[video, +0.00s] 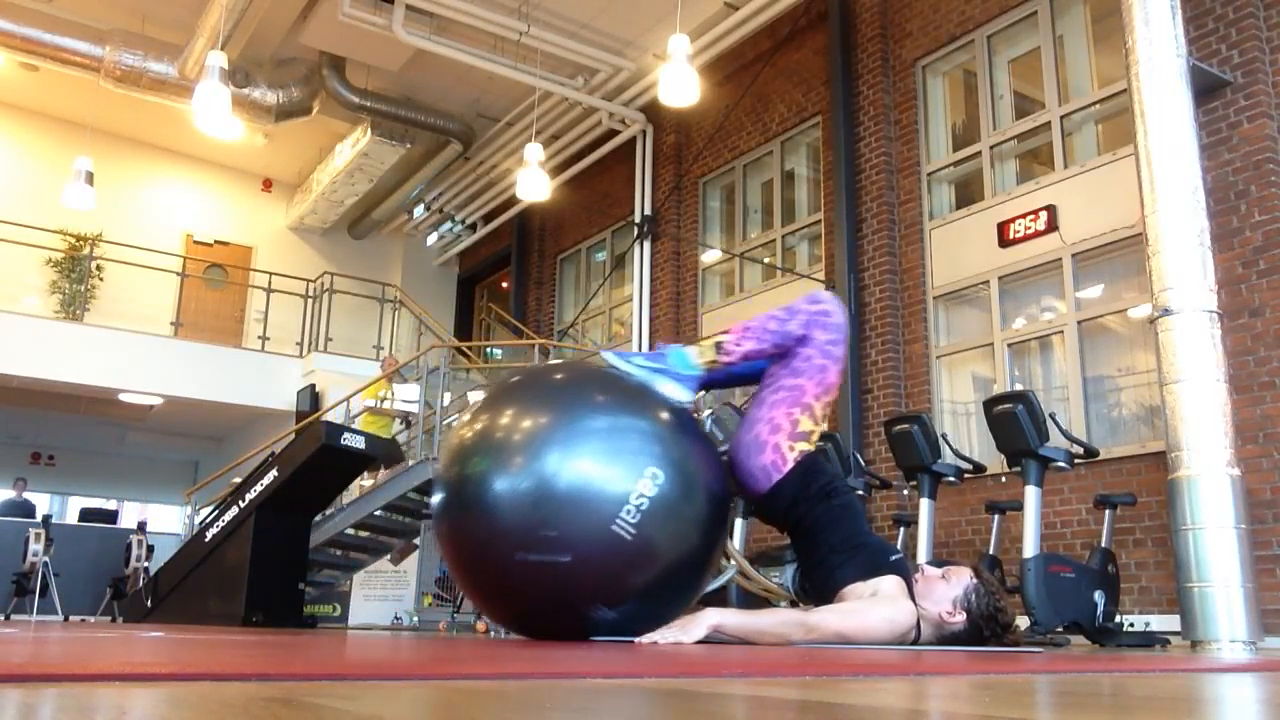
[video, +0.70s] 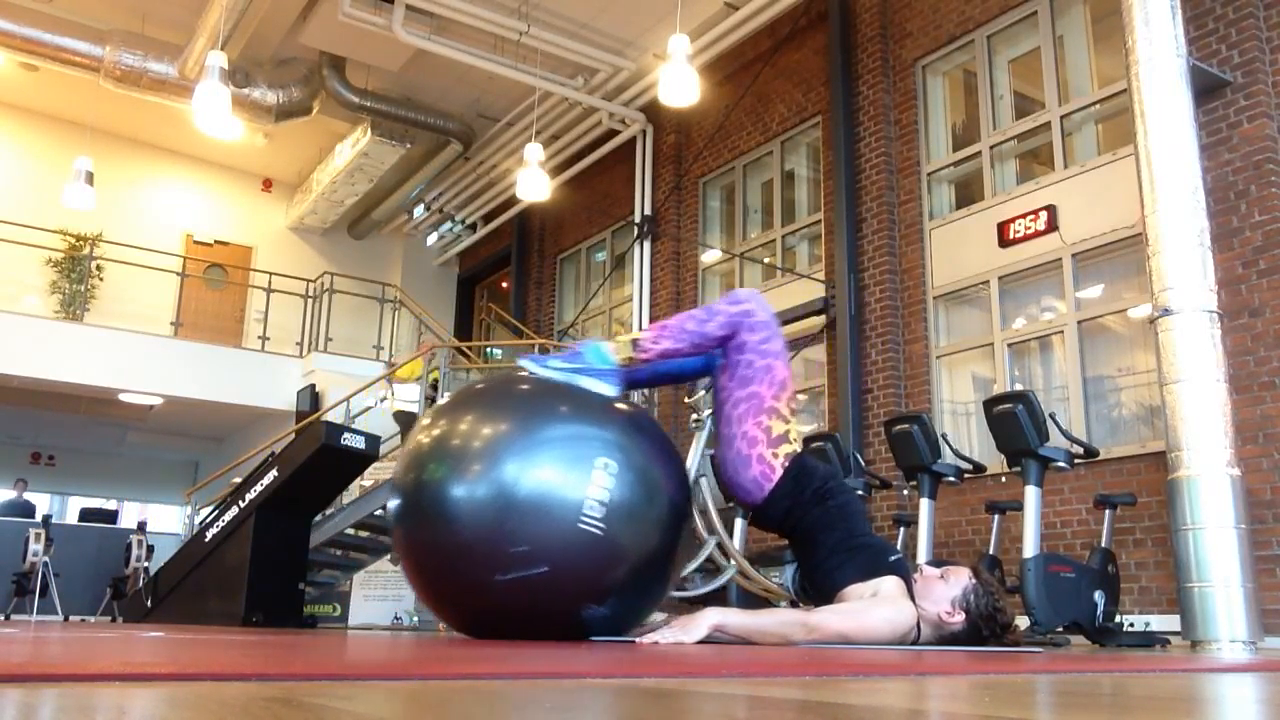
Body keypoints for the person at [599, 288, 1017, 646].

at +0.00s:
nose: (934, 567)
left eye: (946, 577)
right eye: (947, 569)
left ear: (947, 614)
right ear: (946, 612)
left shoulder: (894, 613)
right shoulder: (904, 604)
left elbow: (801, 626)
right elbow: (806, 623)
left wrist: (712, 621)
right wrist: (718, 622)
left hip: (771, 466)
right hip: (792, 468)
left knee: (825, 310)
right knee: (822, 323)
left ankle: (685, 366)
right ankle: (693, 371)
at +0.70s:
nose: (941, 563)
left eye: (950, 576)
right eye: (951, 567)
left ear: (945, 613)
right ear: (939, 586)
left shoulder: (895, 614)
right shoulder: (896, 597)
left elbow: (803, 626)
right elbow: (800, 624)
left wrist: (711, 621)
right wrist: (711, 621)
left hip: (761, 474)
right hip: (776, 466)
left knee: (751, 311)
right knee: (752, 319)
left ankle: (612, 365)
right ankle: (618, 373)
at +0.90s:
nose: (935, 568)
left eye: (947, 580)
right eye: (948, 568)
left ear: (946, 617)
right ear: (943, 604)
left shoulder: (894, 608)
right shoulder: (892, 595)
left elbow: (808, 627)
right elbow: (806, 622)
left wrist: (709, 618)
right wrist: (717, 621)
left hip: (765, 477)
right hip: (778, 467)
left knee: (689, 329)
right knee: (697, 332)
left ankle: (544, 361)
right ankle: (564, 371)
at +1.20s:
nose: (937, 569)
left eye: (949, 581)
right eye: (950, 569)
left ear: (946, 616)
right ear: (943, 602)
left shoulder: (893, 610)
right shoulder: (891, 596)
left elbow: (803, 624)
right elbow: (802, 622)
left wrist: (714, 618)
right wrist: (714, 622)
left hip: (764, 485)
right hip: (772, 473)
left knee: (641, 384)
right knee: (648, 384)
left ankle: (489, 363)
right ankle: (512, 378)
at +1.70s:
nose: (935, 569)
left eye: (947, 580)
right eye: (947, 568)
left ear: (944, 616)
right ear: (942, 603)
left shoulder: (892, 610)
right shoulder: (891, 596)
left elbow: (805, 628)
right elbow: (803, 623)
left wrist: (709, 620)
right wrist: (712, 621)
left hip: (755, 481)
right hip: (767, 474)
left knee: (690, 328)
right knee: (692, 332)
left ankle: (544, 361)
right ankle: (554, 371)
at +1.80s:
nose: (939, 566)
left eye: (949, 577)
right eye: (953, 568)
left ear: (945, 612)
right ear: (943, 599)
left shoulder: (891, 612)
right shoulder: (892, 598)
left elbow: (793, 629)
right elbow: (793, 624)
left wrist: (701, 624)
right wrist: (707, 621)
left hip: (754, 479)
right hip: (768, 472)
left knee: (729, 319)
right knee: (733, 323)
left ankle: (585, 363)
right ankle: (595, 373)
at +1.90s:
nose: (937, 564)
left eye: (948, 578)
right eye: (949, 567)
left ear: (946, 615)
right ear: (942, 605)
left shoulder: (893, 610)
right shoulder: (899, 597)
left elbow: (805, 627)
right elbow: (802, 626)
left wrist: (711, 620)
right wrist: (714, 621)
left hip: (756, 476)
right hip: (773, 474)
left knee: (773, 308)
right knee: (773, 323)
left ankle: (632, 361)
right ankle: (635, 374)